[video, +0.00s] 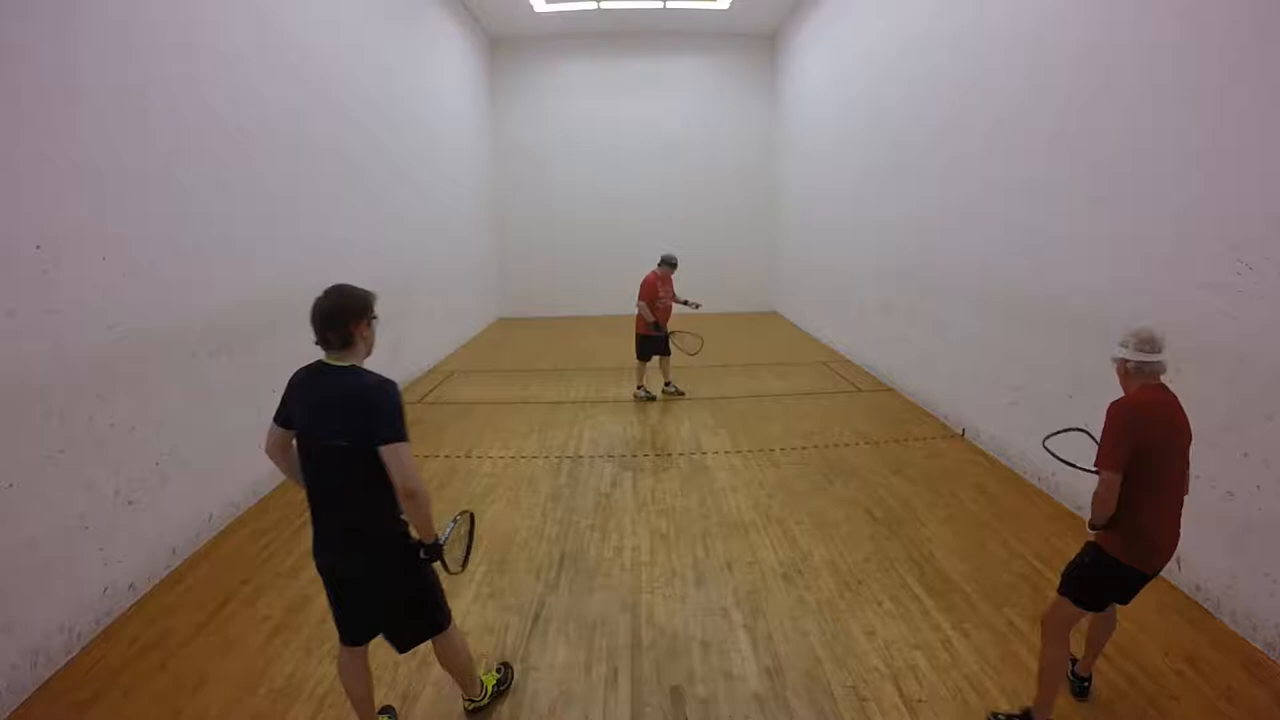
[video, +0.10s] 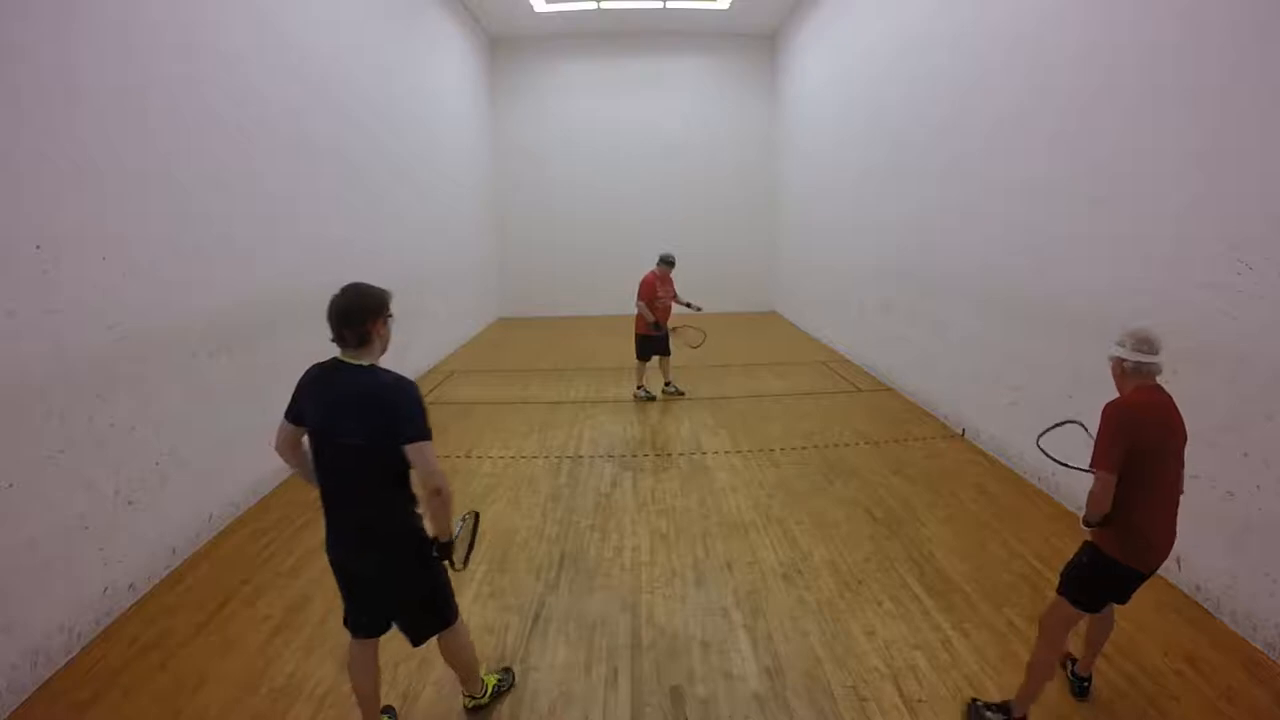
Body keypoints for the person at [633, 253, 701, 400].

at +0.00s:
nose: (673, 272)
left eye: (674, 269)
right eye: (671, 268)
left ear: (673, 268)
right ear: (663, 266)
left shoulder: (668, 279)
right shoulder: (650, 280)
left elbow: (672, 297)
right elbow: (641, 304)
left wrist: (688, 303)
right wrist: (653, 321)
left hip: (661, 325)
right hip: (645, 327)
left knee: (665, 355)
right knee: (643, 359)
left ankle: (668, 385)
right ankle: (639, 388)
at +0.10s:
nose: (669, 271)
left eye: (671, 268)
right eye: (667, 267)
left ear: (672, 268)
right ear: (659, 265)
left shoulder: (668, 280)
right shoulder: (649, 280)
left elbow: (674, 297)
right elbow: (640, 304)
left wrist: (689, 305)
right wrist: (653, 321)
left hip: (661, 325)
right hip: (645, 327)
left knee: (665, 355)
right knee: (643, 359)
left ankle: (668, 385)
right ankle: (639, 388)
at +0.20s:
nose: (665, 270)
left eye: (667, 267)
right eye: (662, 266)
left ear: (670, 267)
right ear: (656, 264)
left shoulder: (668, 279)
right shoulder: (647, 280)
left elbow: (675, 298)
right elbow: (640, 304)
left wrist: (691, 309)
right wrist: (656, 320)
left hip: (661, 326)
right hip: (644, 327)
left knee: (665, 355)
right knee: (642, 359)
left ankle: (668, 385)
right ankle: (639, 388)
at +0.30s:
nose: (662, 269)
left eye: (665, 266)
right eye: (660, 265)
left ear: (669, 266)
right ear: (655, 264)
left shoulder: (669, 280)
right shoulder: (646, 281)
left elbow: (675, 299)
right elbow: (640, 304)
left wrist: (685, 311)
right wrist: (655, 316)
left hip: (661, 327)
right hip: (644, 328)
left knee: (666, 355)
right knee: (641, 359)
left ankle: (668, 385)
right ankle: (639, 388)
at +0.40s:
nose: (663, 268)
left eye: (667, 265)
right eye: (661, 265)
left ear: (670, 266)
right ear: (656, 264)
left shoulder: (670, 281)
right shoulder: (647, 280)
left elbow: (675, 301)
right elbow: (640, 304)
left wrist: (685, 315)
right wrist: (657, 314)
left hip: (661, 327)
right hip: (644, 327)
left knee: (666, 354)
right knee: (641, 358)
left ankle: (668, 384)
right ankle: (639, 387)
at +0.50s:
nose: (665, 269)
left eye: (668, 266)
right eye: (663, 266)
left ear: (671, 267)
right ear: (657, 265)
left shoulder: (672, 282)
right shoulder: (647, 281)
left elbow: (677, 301)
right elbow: (642, 304)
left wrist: (686, 315)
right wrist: (659, 314)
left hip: (661, 327)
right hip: (644, 327)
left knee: (666, 354)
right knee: (641, 358)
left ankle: (668, 385)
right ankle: (639, 388)